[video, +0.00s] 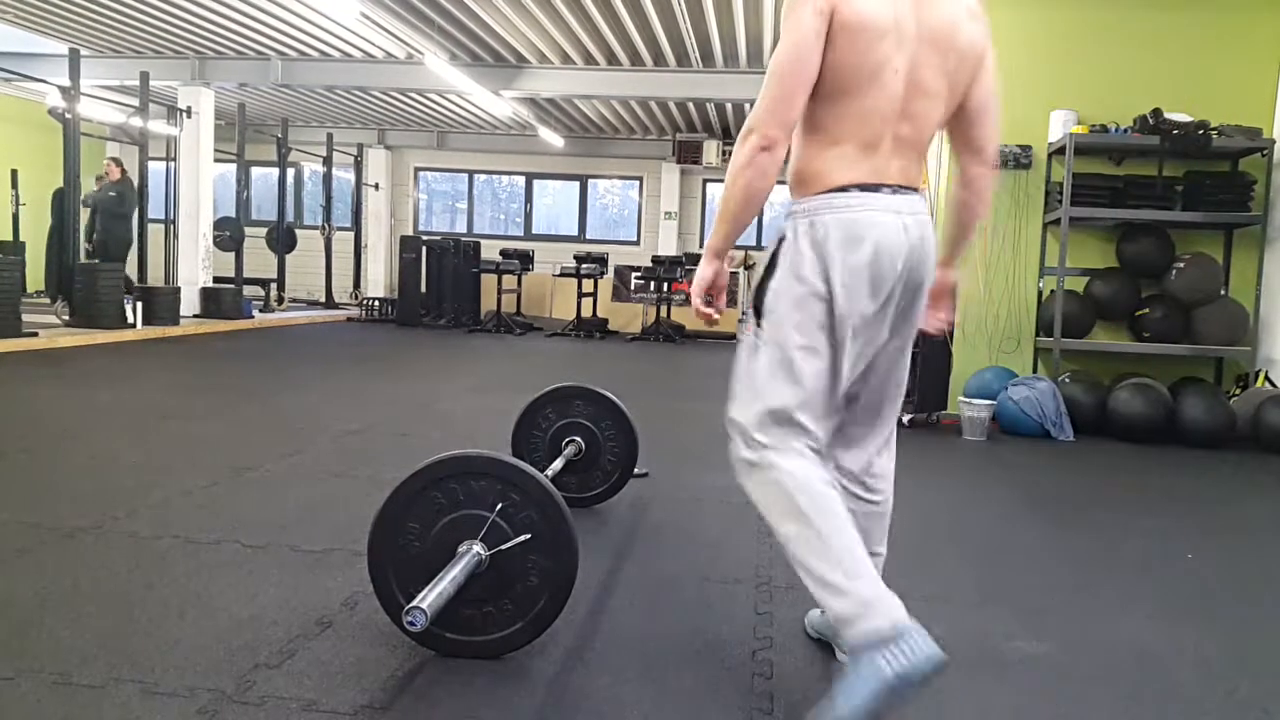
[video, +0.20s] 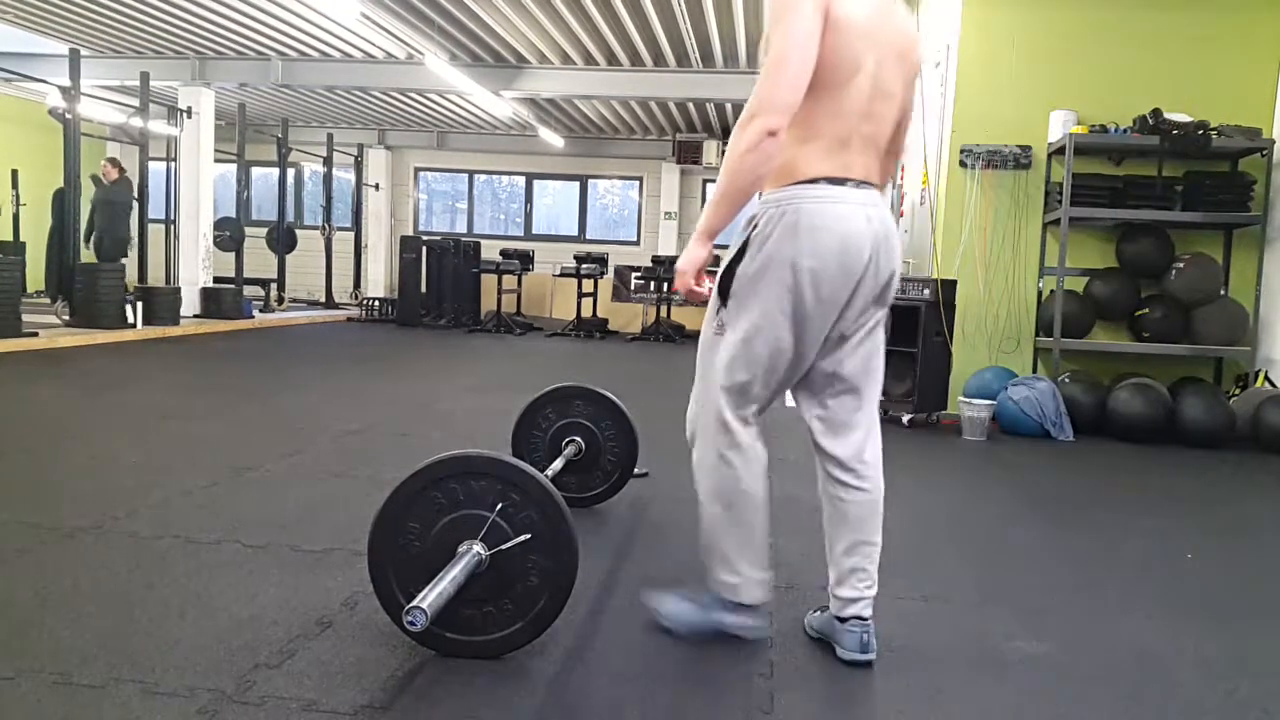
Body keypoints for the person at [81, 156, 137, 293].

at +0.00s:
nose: (105, 169)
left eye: (109, 166)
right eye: (105, 166)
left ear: (119, 168)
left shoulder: (126, 185)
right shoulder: (105, 187)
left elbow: (128, 209)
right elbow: (94, 214)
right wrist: (89, 238)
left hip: (119, 238)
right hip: (102, 237)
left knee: (115, 273)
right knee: (102, 273)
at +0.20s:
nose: (102, 170)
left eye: (105, 167)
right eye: (102, 167)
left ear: (115, 168)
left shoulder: (125, 183)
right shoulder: (102, 188)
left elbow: (111, 195)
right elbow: (93, 213)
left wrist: (98, 183)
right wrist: (87, 236)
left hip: (117, 235)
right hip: (101, 234)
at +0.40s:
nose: (99, 172)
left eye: (102, 168)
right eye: (99, 168)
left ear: (112, 169)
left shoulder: (124, 182)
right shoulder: (102, 186)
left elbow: (110, 194)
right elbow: (94, 213)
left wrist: (97, 182)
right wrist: (88, 237)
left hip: (116, 236)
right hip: (101, 235)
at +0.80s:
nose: (95, 170)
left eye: (97, 167)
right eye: (95, 167)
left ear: (107, 168)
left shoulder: (118, 183)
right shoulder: (101, 184)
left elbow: (94, 188)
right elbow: (94, 215)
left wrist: (93, 176)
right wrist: (90, 235)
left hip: (109, 232)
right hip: (97, 231)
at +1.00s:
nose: (94, 169)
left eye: (97, 166)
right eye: (95, 166)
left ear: (106, 168)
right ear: (108, 168)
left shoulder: (113, 184)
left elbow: (91, 187)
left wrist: (92, 175)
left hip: (104, 232)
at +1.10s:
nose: (93, 168)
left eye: (95, 165)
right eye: (94, 165)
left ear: (105, 166)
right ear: (106, 167)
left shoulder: (112, 183)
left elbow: (89, 185)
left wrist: (90, 174)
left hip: (102, 230)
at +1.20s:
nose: (92, 168)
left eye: (95, 165)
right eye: (93, 165)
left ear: (105, 167)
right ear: (105, 167)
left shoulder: (113, 183)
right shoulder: (102, 183)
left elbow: (89, 185)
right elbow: (89, 212)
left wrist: (89, 174)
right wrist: (83, 232)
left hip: (102, 231)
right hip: (93, 230)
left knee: (100, 269)